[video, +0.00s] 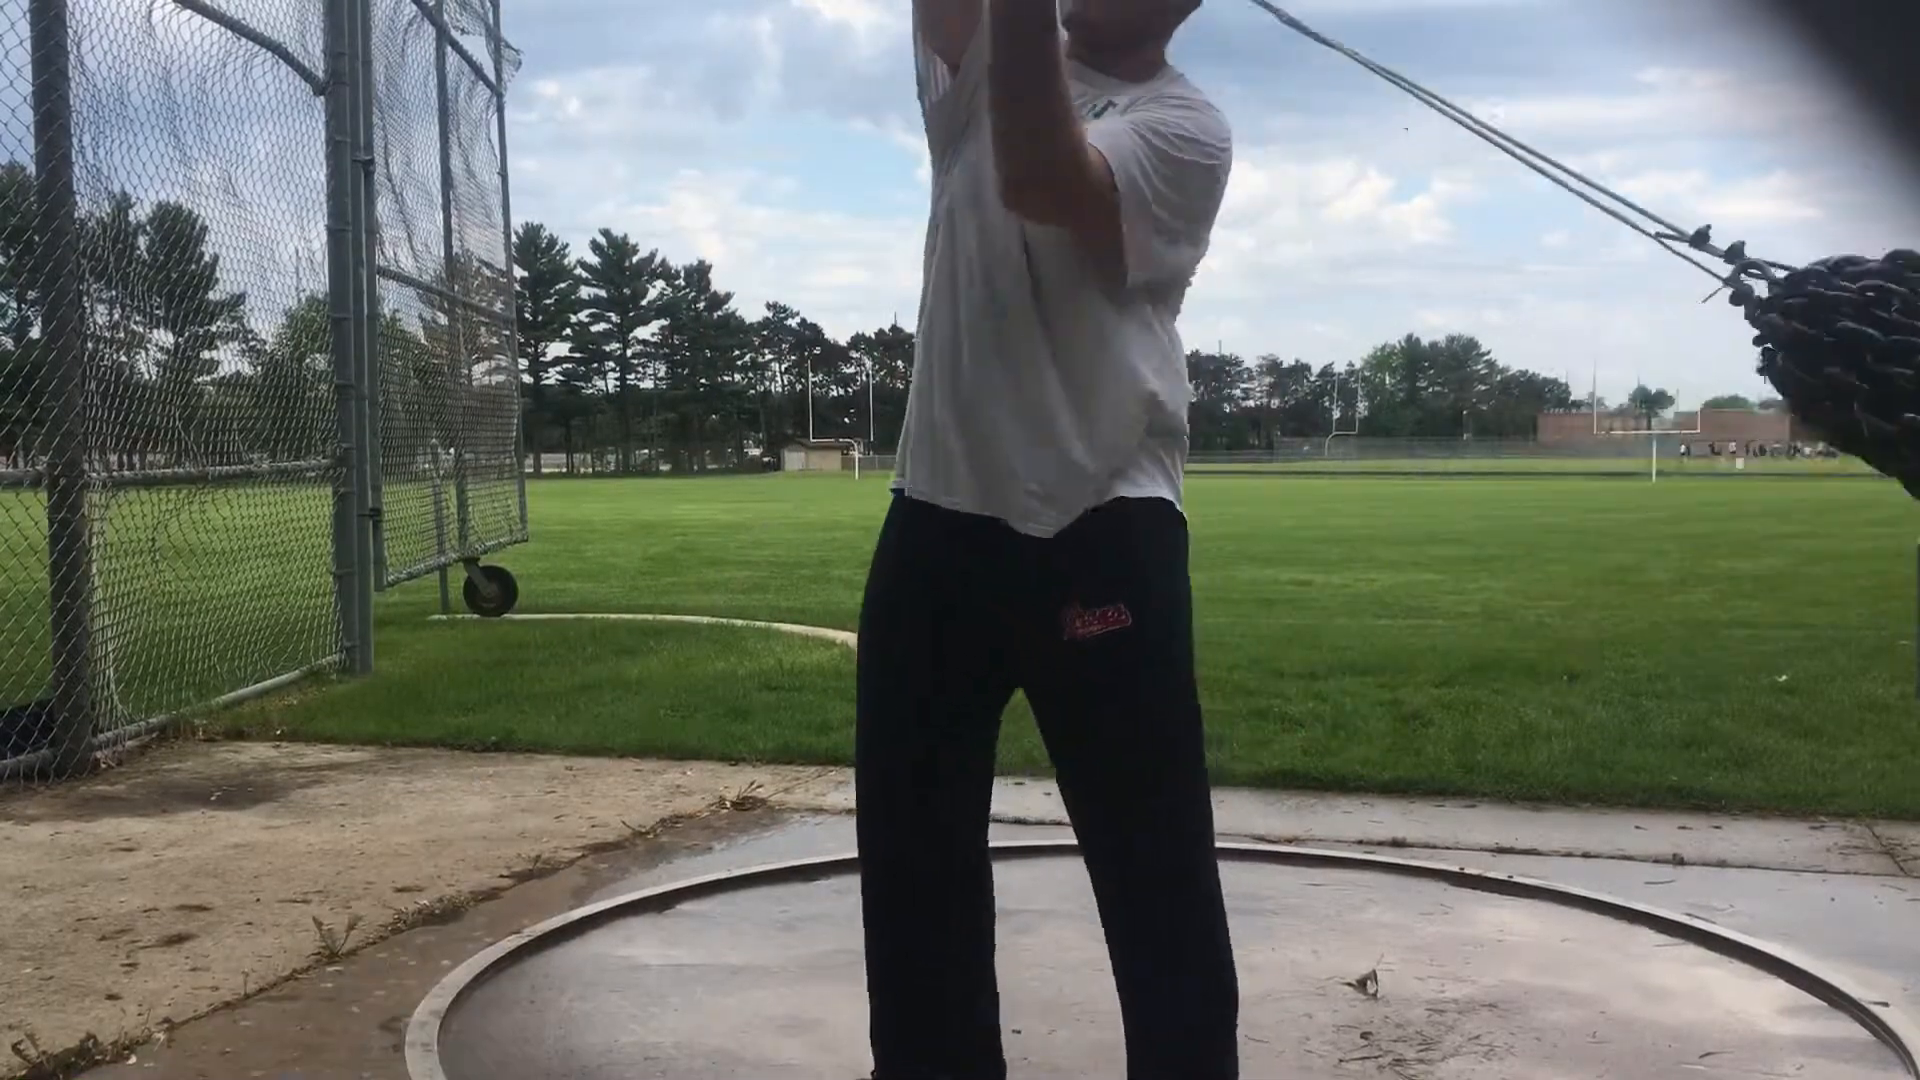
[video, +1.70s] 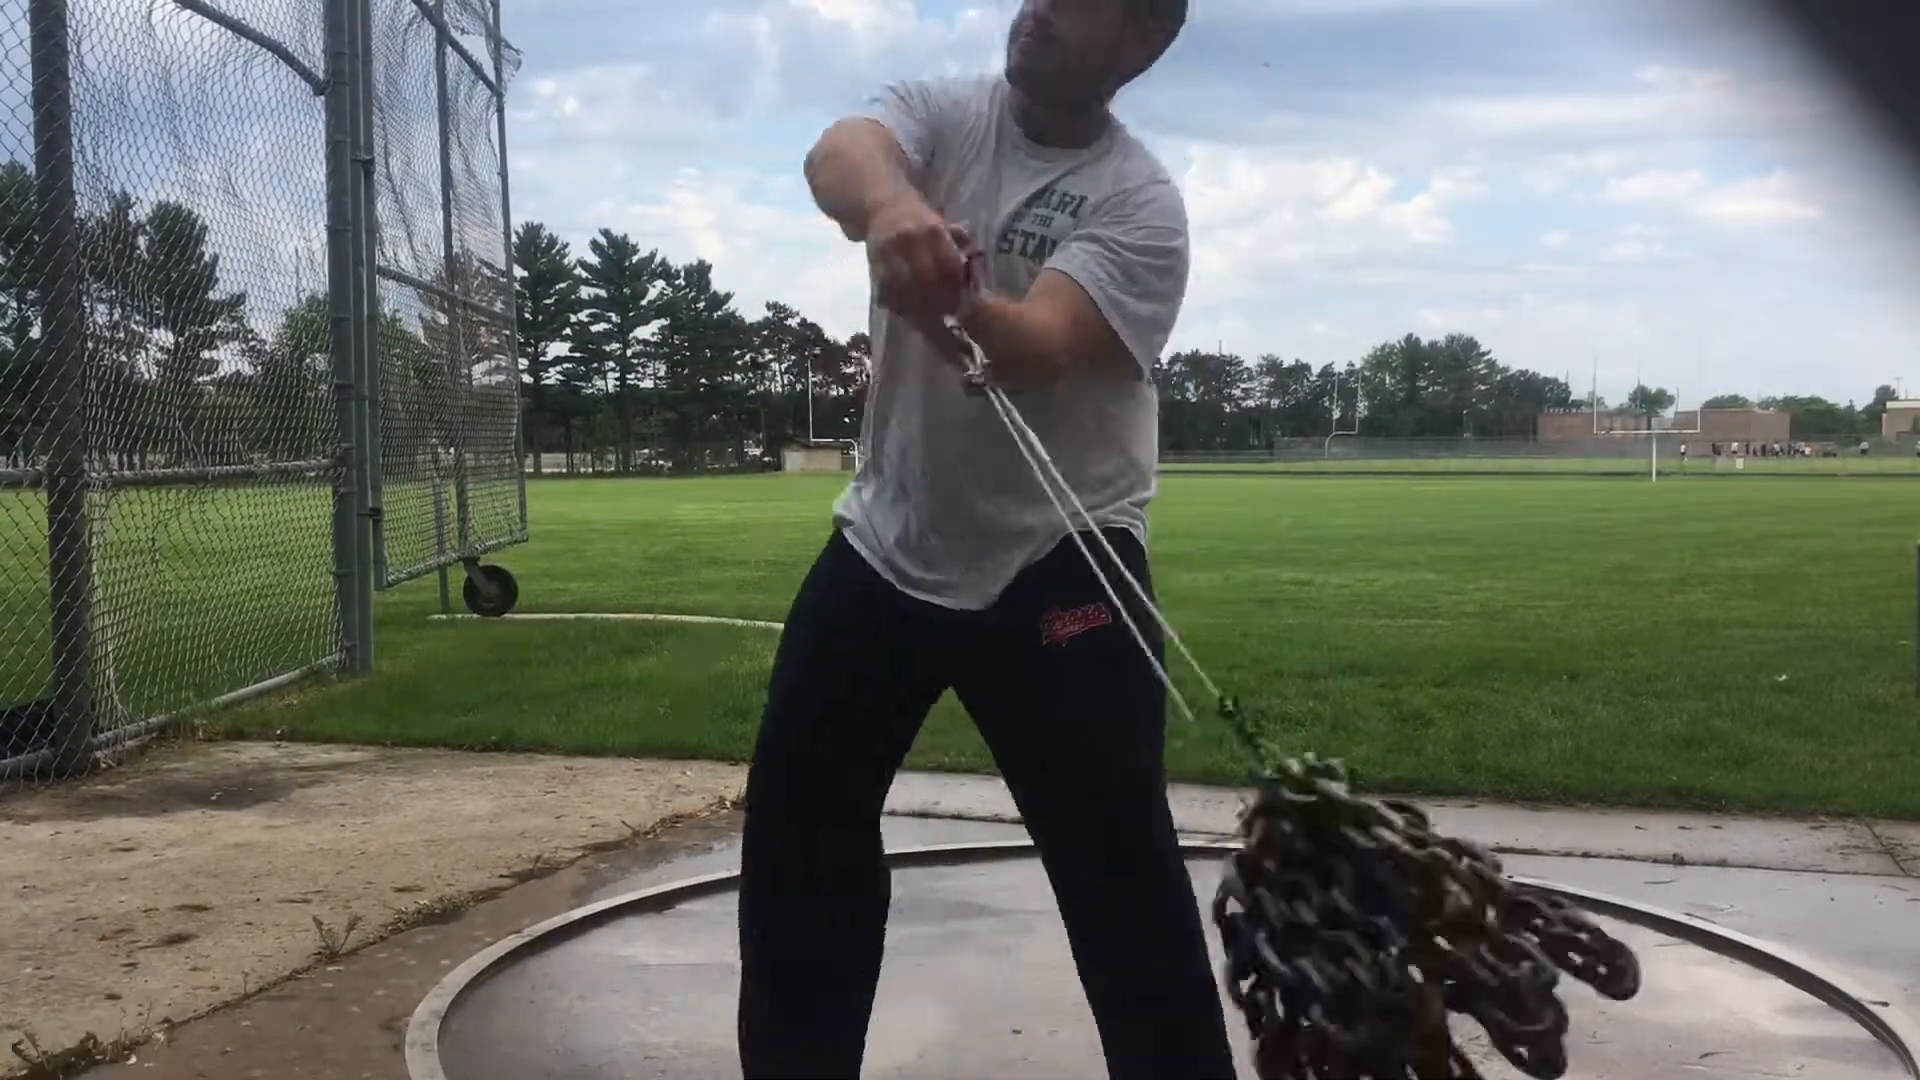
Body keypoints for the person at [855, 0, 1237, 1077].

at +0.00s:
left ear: (1184, 6)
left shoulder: (1186, 130)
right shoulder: (983, 73)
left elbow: (1038, 179)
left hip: (1103, 530)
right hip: (937, 520)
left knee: (1157, 900)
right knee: (916, 899)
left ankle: (1186, 1068)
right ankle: (932, 1071)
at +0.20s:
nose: (977, 12)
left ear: (1061, 1)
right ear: (1095, 7)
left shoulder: (1069, 96)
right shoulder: (968, 90)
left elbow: (951, 8)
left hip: (992, 511)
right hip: (884, 502)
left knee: (1060, 867)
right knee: (888, 867)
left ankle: (1140, 1059)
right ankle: (930, 1059)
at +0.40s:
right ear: (1052, 18)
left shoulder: (932, 37)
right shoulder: (1055, 123)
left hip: (901, 472)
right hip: (970, 483)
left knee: (967, 828)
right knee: (889, 837)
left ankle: (1144, 1063)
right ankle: (930, 1061)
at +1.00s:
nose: (960, 13)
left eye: (970, 3)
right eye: (965, 6)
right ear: (1087, 7)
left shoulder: (990, 66)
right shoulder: (1117, 110)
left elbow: (814, 241)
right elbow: (980, 324)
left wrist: (750, 329)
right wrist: (788, 352)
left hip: (1041, 523)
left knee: (1061, 862)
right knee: (947, 859)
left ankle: (1141, 1064)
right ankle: (940, 1064)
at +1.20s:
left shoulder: (1141, 85)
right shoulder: (1087, 108)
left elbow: (916, 259)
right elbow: (930, 304)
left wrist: (742, 352)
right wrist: (756, 374)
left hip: (1158, 534)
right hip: (1023, 543)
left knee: (1147, 890)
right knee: (959, 879)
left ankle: (1166, 1073)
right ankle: (939, 1067)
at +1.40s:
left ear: (1224, 1)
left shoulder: (1248, 116)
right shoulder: (1045, 109)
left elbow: (1078, 263)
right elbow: (929, 239)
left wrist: (839, 347)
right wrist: (805, 325)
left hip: (1182, 526)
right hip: (1014, 511)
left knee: (1178, 856)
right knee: (885, 738)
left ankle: (1181, 1070)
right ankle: (902, 1025)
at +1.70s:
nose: (1035, 8)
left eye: (1077, 2)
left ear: (1142, 41)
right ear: (1019, 9)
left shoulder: (1145, 207)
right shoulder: (947, 108)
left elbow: (1043, 343)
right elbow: (842, 151)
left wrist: (954, 302)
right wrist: (887, 207)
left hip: (1058, 568)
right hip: (885, 548)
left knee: (1118, 873)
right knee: (798, 826)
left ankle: (1178, 1072)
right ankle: (795, 1068)